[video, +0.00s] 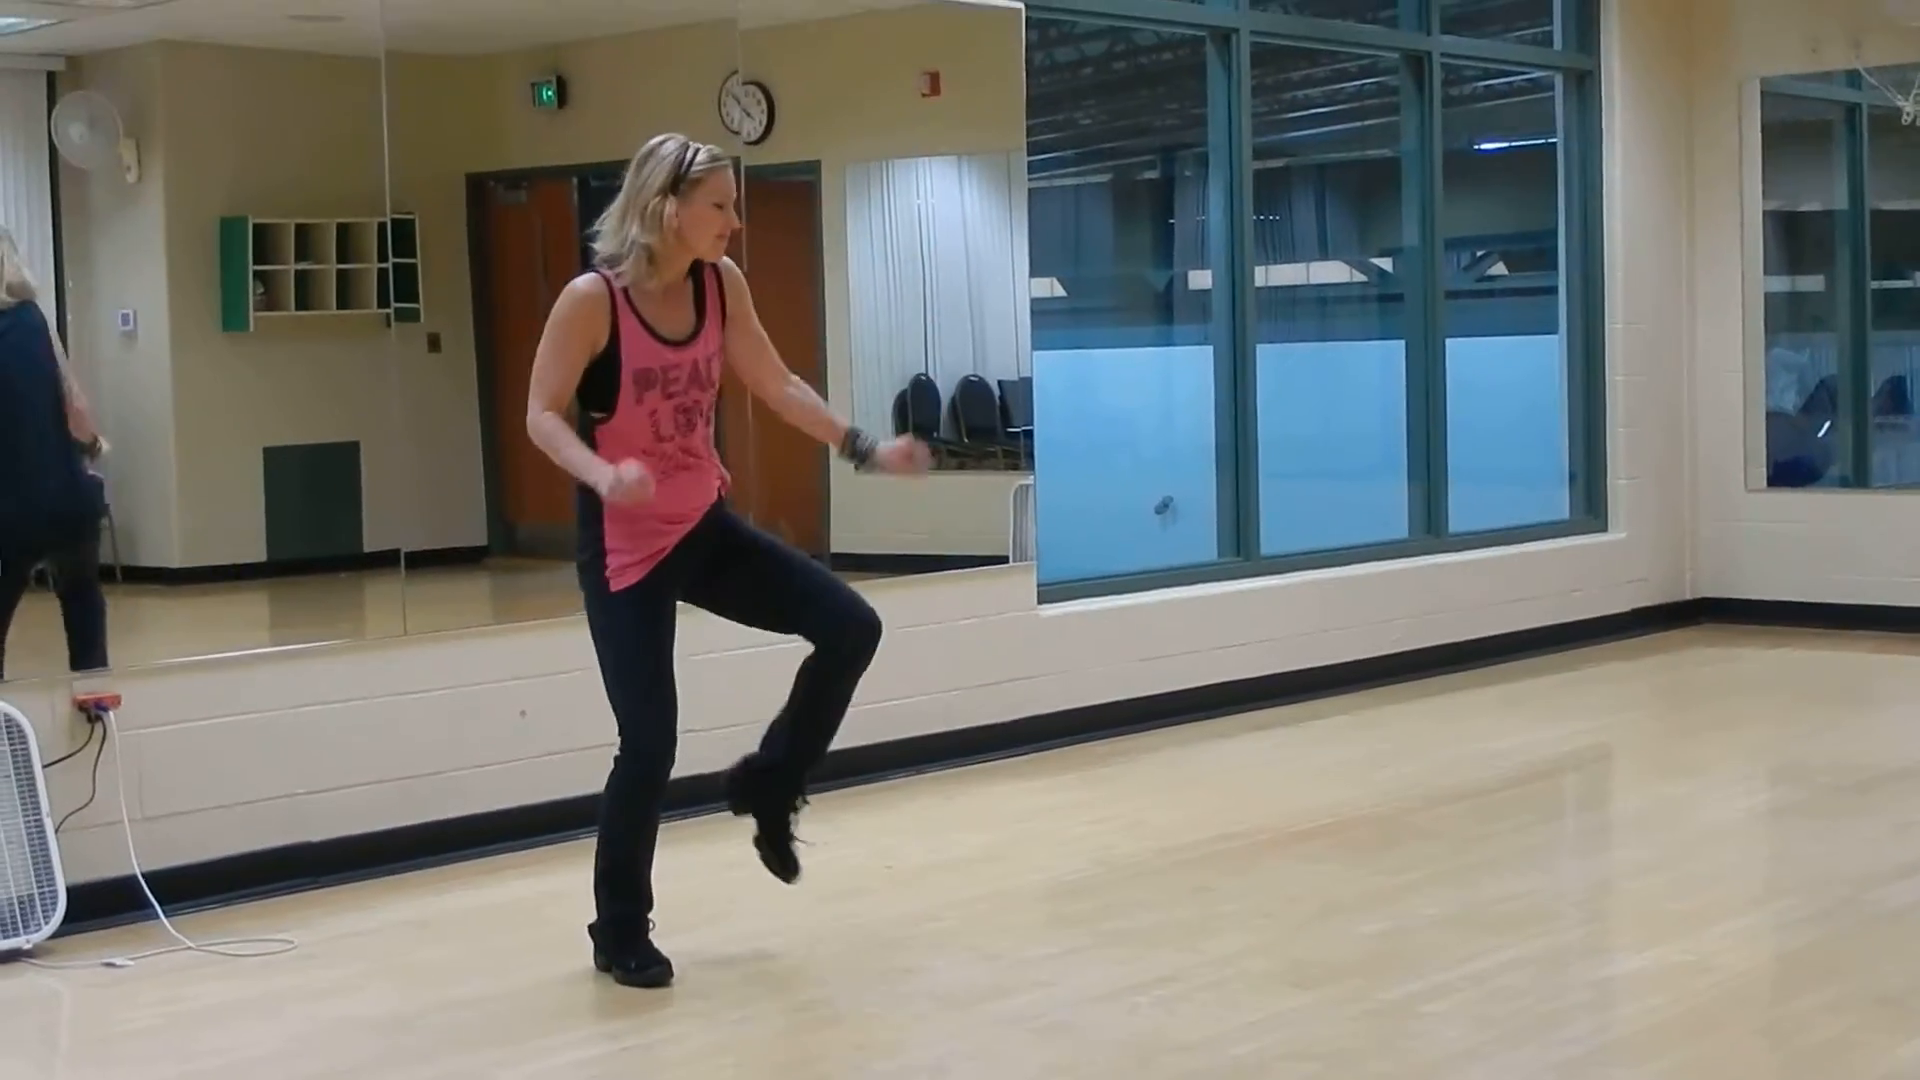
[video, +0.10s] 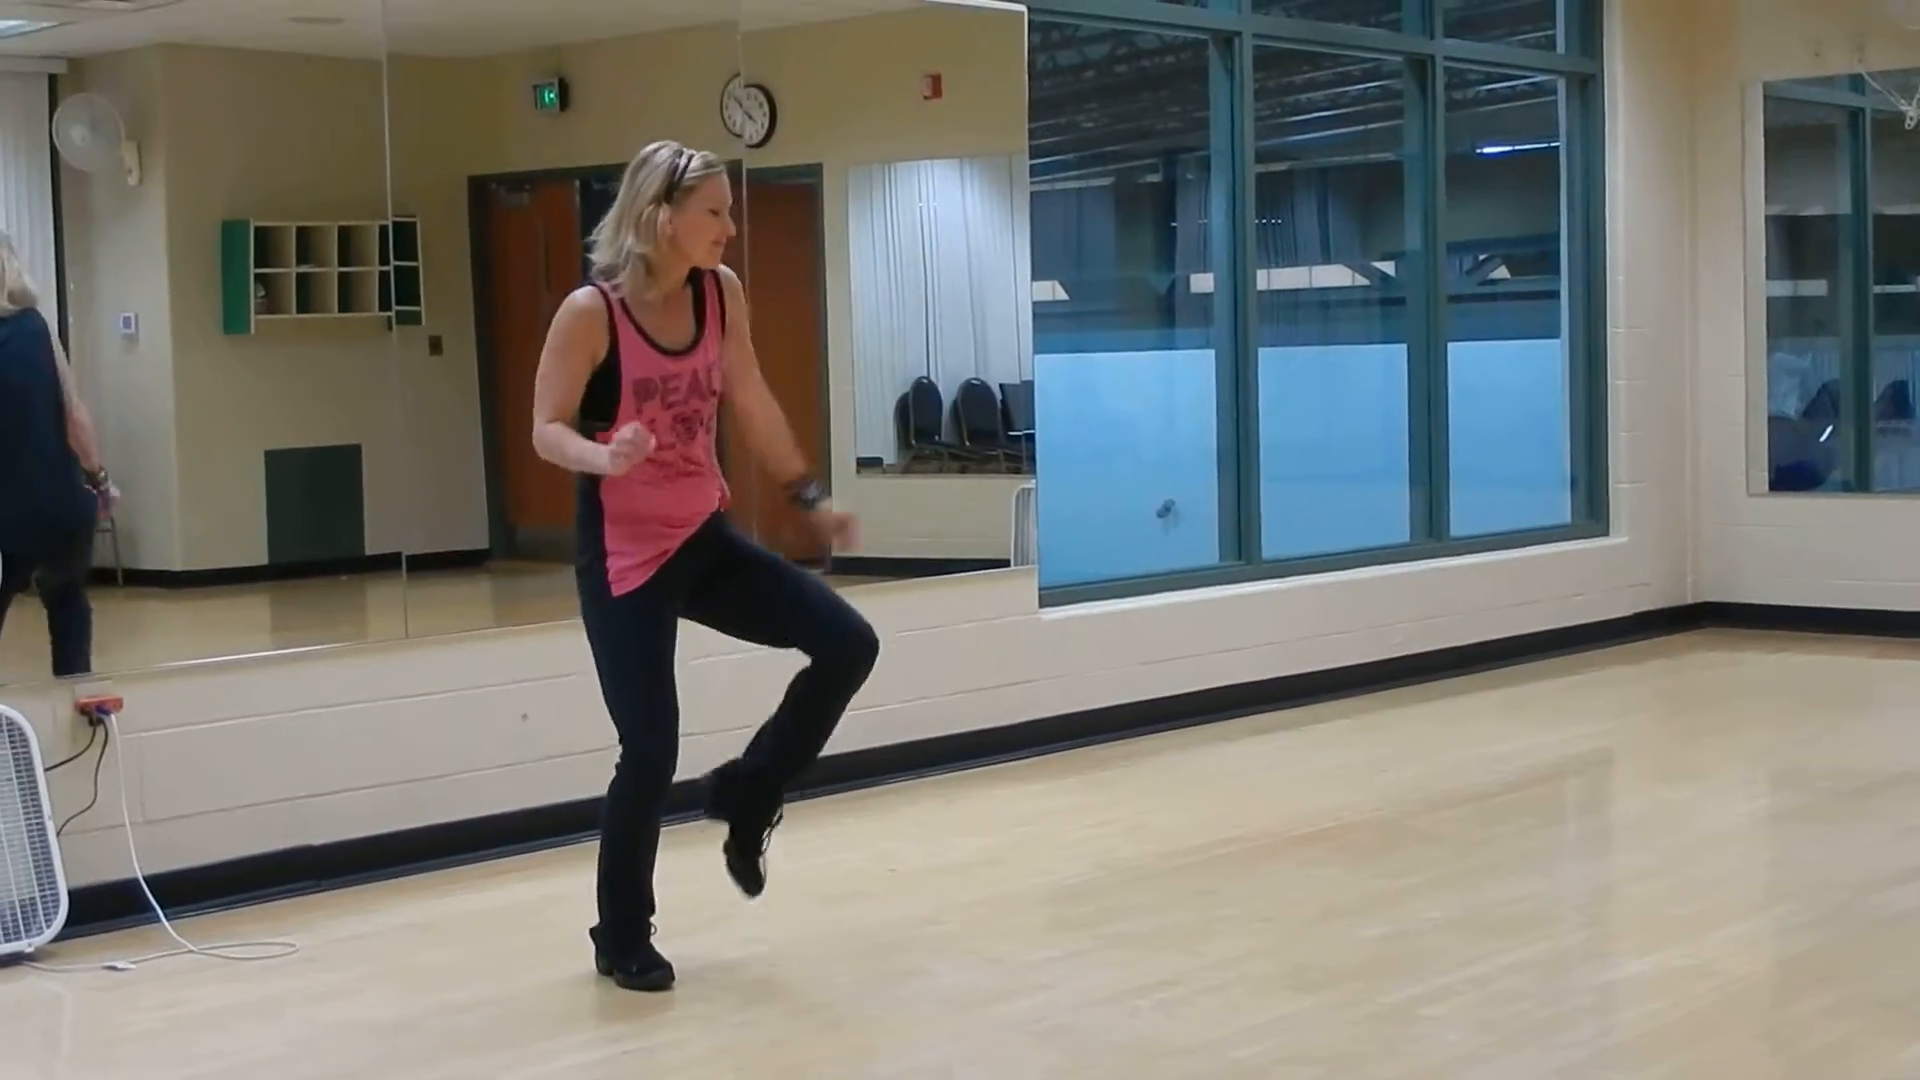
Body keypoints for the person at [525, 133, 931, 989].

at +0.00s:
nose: (730, 222)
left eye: (733, 208)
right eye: (717, 206)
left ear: (719, 215)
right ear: (664, 209)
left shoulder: (721, 285)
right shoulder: (590, 301)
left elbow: (776, 384)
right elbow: (543, 417)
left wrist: (866, 448)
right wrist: (600, 473)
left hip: (703, 528)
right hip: (623, 550)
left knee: (852, 629)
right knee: (649, 742)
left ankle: (772, 780)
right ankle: (620, 932)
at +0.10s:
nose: (726, 229)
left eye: (728, 215)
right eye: (713, 214)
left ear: (715, 222)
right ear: (657, 216)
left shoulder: (721, 294)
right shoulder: (588, 314)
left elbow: (752, 400)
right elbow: (548, 431)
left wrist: (806, 497)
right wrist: (602, 456)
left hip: (704, 542)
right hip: (622, 564)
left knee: (849, 644)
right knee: (650, 753)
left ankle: (751, 788)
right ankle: (622, 937)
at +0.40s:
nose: (752, 213)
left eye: (754, 199)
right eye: (731, 202)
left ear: (755, 216)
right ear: (680, 221)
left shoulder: (761, 311)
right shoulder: (642, 308)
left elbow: (738, 425)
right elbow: (612, 427)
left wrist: (743, 519)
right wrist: (684, 374)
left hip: (725, 550)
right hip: (647, 564)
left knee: (836, 708)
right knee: (659, 756)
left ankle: (761, 863)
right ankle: (628, 936)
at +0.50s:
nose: (776, 195)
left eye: (777, 181)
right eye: (754, 186)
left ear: (781, 198)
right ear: (708, 207)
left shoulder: (781, 291)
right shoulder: (681, 278)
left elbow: (748, 404)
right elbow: (649, 386)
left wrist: (748, 498)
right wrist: (723, 364)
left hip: (735, 535)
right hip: (655, 547)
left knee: (835, 702)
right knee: (644, 747)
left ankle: (833, 876)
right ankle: (624, 936)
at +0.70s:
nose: (837, 204)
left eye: (837, 190)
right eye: (816, 195)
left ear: (840, 205)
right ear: (772, 218)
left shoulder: (837, 296)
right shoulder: (760, 288)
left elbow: (820, 401)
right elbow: (748, 378)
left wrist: (847, 457)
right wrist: (786, 445)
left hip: (790, 555)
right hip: (715, 555)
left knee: (863, 722)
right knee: (660, 736)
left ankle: (910, 890)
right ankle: (616, 927)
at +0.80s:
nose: (872, 205)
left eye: (872, 191)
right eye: (851, 196)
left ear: (874, 208)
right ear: (810, 220)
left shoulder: (867, 296)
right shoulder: (802, 301)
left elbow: (858, 410)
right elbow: (779, 414)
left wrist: (916, 412)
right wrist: (784, 507)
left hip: (828, 548)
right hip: (758, 547)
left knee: (912, 710)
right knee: (700, 731)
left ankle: (925, 891)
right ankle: (625, 913)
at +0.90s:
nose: (900, 200)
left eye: (900, 186)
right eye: (879, 191)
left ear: (902, 206)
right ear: (838, 214)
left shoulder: (898, 290)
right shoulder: (825, 297)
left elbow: (898, 407)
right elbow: (790, 419)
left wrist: (974, 373)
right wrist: (780, 526)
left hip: (870, 544)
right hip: (801, 548)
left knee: (941, 707)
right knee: (774, 718)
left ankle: (929, 889)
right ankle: (673, 886)